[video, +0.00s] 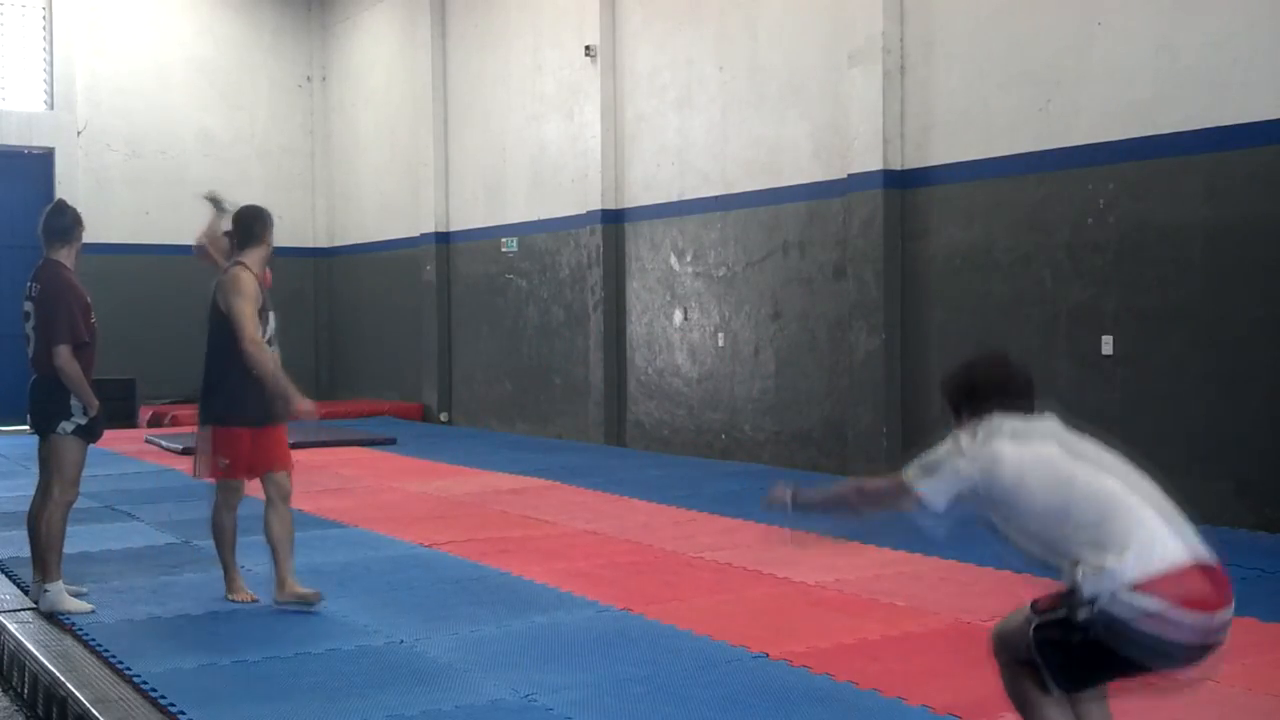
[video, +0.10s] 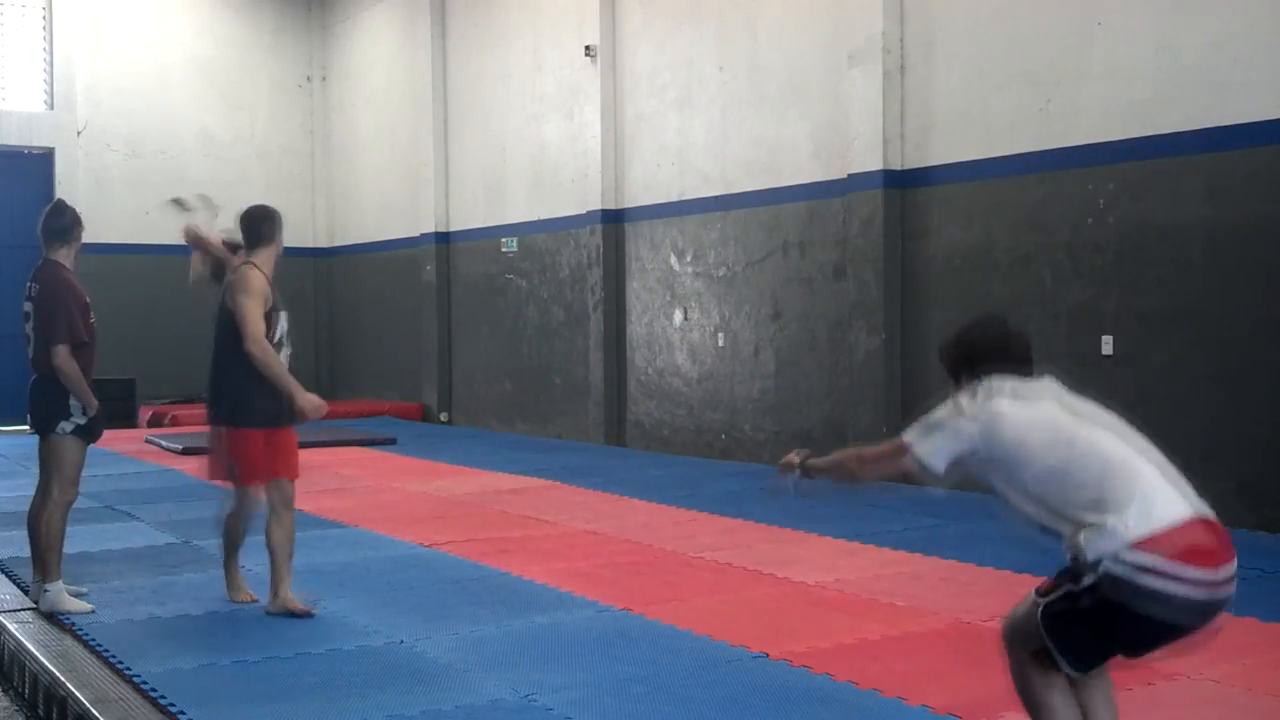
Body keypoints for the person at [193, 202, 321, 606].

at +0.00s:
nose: (274, 240)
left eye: (270, 235)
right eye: (273, 234)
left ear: (236, 237)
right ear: (267, 236)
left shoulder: (249, 275)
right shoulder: (238, 279)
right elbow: (251, 344)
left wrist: (220, 219)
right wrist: (291, 394)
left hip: (261, 405)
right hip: (231, 407)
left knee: (279, 489)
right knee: (230, 493)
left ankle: (285, 583)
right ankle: (232, 580)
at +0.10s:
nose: (283, 240)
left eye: (276, 234)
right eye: (282, 234)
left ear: (246, 237)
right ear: (278, 237)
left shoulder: (255, 276)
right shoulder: (248, 278)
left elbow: (232, 261)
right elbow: (254, 344)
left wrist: (209, 244)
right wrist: (297, 392)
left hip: (273, 408)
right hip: (243, 410)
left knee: (282, 498)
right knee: (249, 501)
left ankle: (281, 592)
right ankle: (231, 571)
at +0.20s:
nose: (293, 237)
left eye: (289, 231)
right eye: (292, 231)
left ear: (257, 235)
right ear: (289, 234)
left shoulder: (269, 275)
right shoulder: (257, 277)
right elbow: (246, 343)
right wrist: (287, 397)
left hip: (284, 404)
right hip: (255, 407)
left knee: (292, 503)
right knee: (271, 502)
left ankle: (280, 593)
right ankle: (238, 560)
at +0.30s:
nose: (306, 234)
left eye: (302, 227)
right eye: (305, 227)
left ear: (270, 230)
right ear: (300, 230)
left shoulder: (284, 278)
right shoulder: (261, 276)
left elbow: (276, 347)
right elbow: (235, 341)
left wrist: (307, 382)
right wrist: (284, 380)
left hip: (286, 401)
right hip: (258, 404)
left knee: (298, 497)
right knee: (286, 495)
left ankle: (281, 593)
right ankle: (246, 583)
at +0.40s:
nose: (317, 238)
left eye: (314, 231)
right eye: (316, 230)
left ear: (284, 229)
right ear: (309, 232)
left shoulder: (298, 280)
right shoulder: (261, 278)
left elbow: (297, 351)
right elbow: (247, 349)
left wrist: (351, 372)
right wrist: (305, 358)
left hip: (294, 401)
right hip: (262, 402)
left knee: (297, 501)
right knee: (278, 497)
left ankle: (281, 591)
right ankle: (265, 604)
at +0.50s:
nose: (323, 240)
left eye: (321, 234)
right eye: (323, 234)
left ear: (289, 231)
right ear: (316, 235)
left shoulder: (306, 281)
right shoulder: (265, 283)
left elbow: (313, 341)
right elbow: (262, 358)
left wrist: (349, 349)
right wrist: (332, 359)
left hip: (299, 412)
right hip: (267, 413)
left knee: (295, 507)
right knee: (269, 509)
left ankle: (281, 591)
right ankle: (271, 610)